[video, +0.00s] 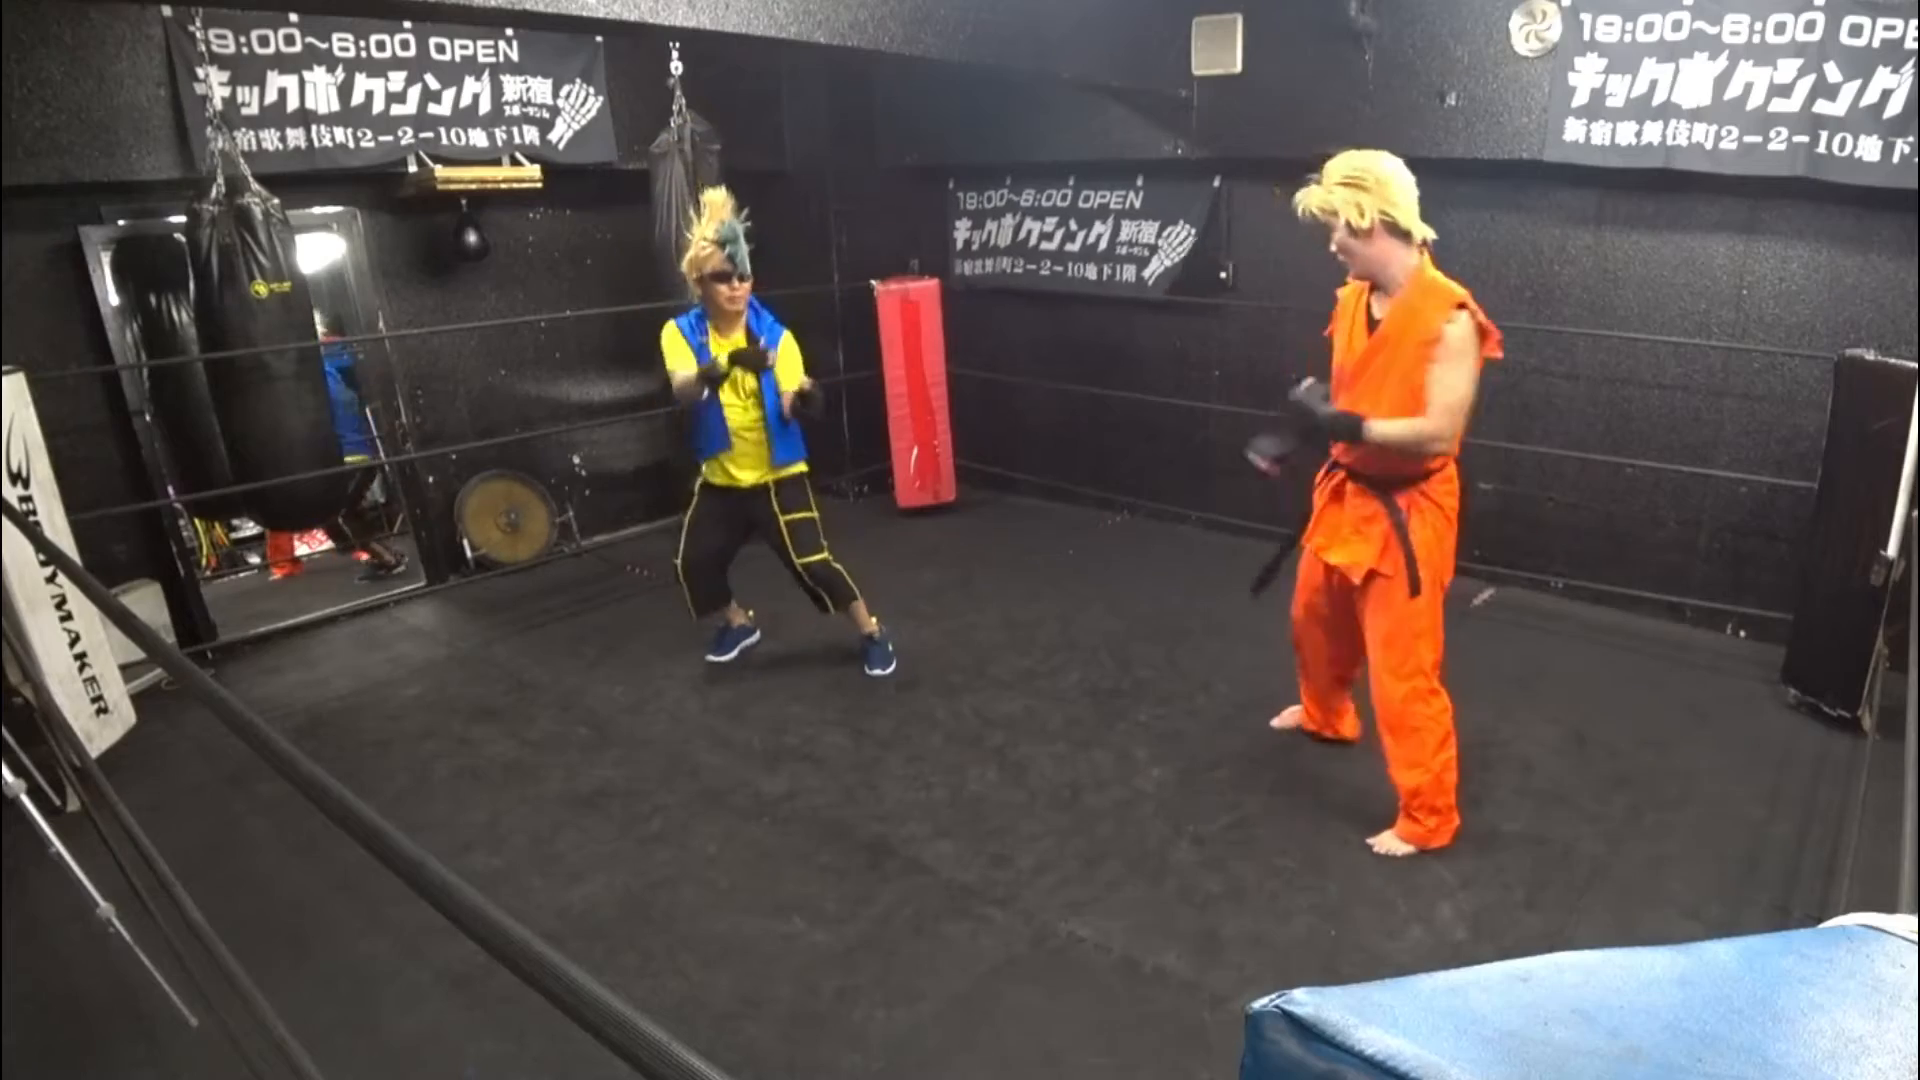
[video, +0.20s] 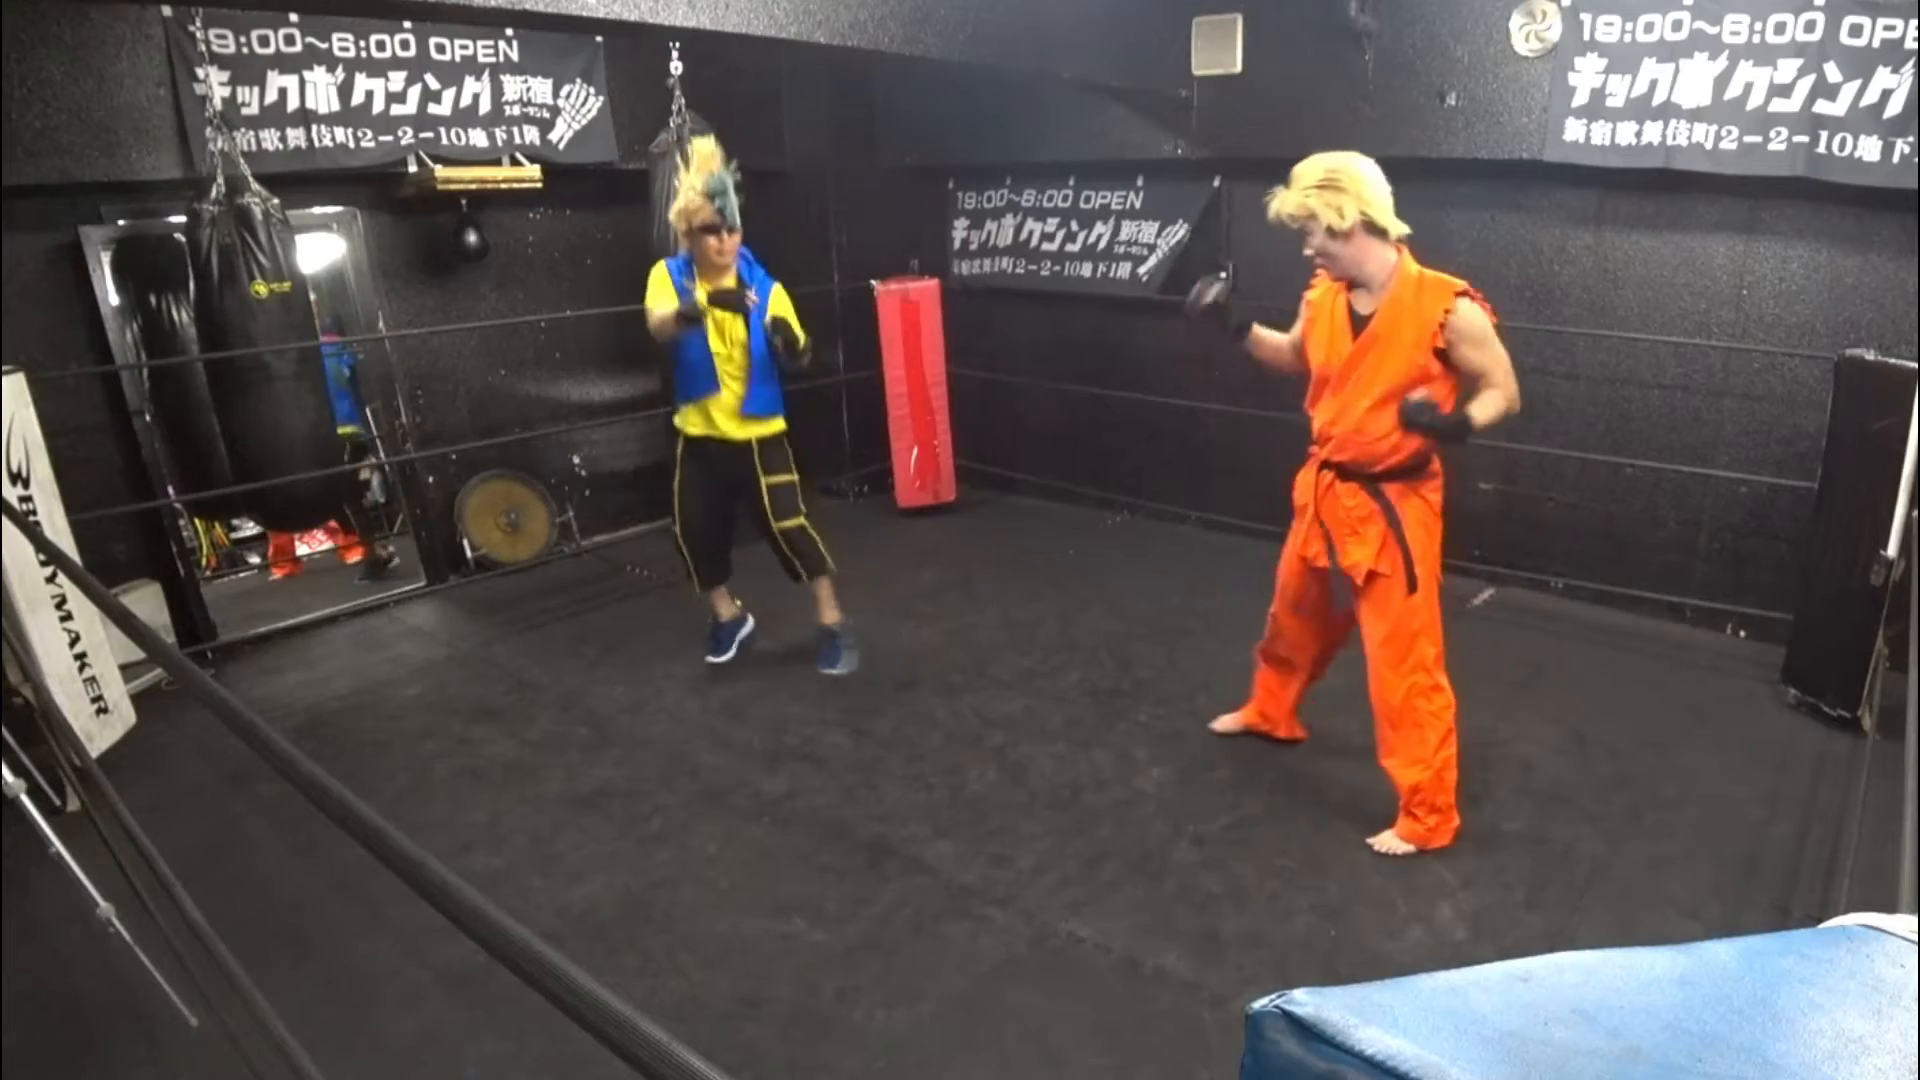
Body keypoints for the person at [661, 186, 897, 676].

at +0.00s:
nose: (736, 288)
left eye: (742, 277)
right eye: (723, 279)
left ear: (752, 281)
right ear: (700, 285)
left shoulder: (772, 333)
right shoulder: (680, 333)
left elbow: (794, 406)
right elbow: (682, 392)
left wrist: (804, 398)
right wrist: (722, 368)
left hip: (781, 475)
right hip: (721, 479)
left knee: (811, 563)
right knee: (696, 563)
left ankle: (870, 631)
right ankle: (736, 623)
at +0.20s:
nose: (721, 243)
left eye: (728, 232)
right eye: (709, 234)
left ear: (740, 235)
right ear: (687, 238)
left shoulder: (763, 288)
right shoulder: (668, 277)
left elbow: (799, 354)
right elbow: (659, 327)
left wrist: (789, 342)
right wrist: (698, 308)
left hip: (760, 428)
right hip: (699, 430)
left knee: (787, 523)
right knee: (694, 531)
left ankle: (829, 616)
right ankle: (727, 615)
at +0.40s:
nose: (717, 256)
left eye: (724, 244)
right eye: (705, 246)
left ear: (736, 248)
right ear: (683, 250)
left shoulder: (758, 298)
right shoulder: (665, 293)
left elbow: (799, 360)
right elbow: (633, 349)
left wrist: (814, 342)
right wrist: (670, 318)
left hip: (754, 443)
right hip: (693, 444)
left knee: (773, 541)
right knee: (682, 541)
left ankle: (804, 624)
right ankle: (712, 616)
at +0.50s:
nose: (715, 277)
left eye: (721, 267)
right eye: (703, 268)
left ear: (730, 269)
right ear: (680, 274)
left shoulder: (751, 323)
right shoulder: (660, 318)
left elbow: (791, 388)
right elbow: (639, 376)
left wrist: (816, 370)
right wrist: (669, 353)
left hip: (752, 458)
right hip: (693, 464)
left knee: (775, 543)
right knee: (687, 553)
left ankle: (806, 626)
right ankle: (714, 622)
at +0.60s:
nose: (716, 293)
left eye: (722, 282)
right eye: (703, 284)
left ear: (731, 284)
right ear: (678, 288)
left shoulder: (752, 341)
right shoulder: (656, 337)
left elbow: (777, 414)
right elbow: (651, 402)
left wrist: (803, 402)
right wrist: (686, 368)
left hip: (755, 468)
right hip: (695, 475)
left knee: (779, 548)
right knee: (683, 562)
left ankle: (820, 624)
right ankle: (714, 622)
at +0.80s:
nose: (728, 294)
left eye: (734, 283)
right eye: (716, 285)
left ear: (743, 286)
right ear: (690, 291)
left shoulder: (765, 339)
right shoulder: (670, 340)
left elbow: (784, 411)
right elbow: (674, 401)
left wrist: (777, 403)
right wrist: (704, 376)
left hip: (771, 477)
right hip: (710, 482)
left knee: (810, 561)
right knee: (689, 571)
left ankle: (864, 623)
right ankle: (715, 621)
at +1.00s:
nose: (731, 256)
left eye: (737, 244)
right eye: (718, 246)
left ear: (745, 247)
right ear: (691, 249)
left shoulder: (767, 295)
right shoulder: (669, 296)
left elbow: (810, 358)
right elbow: (664, 352)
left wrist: (818, 339)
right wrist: (700, 320)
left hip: (776, 444)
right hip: (713, 451)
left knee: (811, 539)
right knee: (687, 544)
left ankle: (867, 618)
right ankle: (708, 616)